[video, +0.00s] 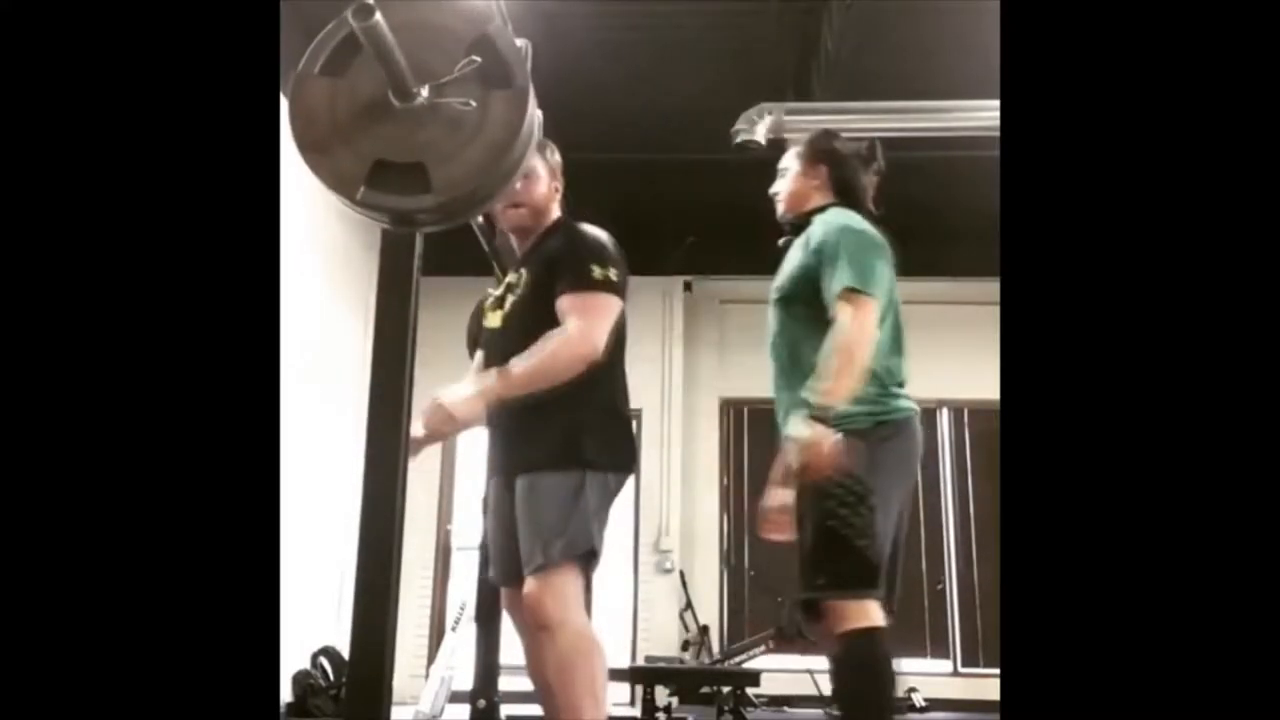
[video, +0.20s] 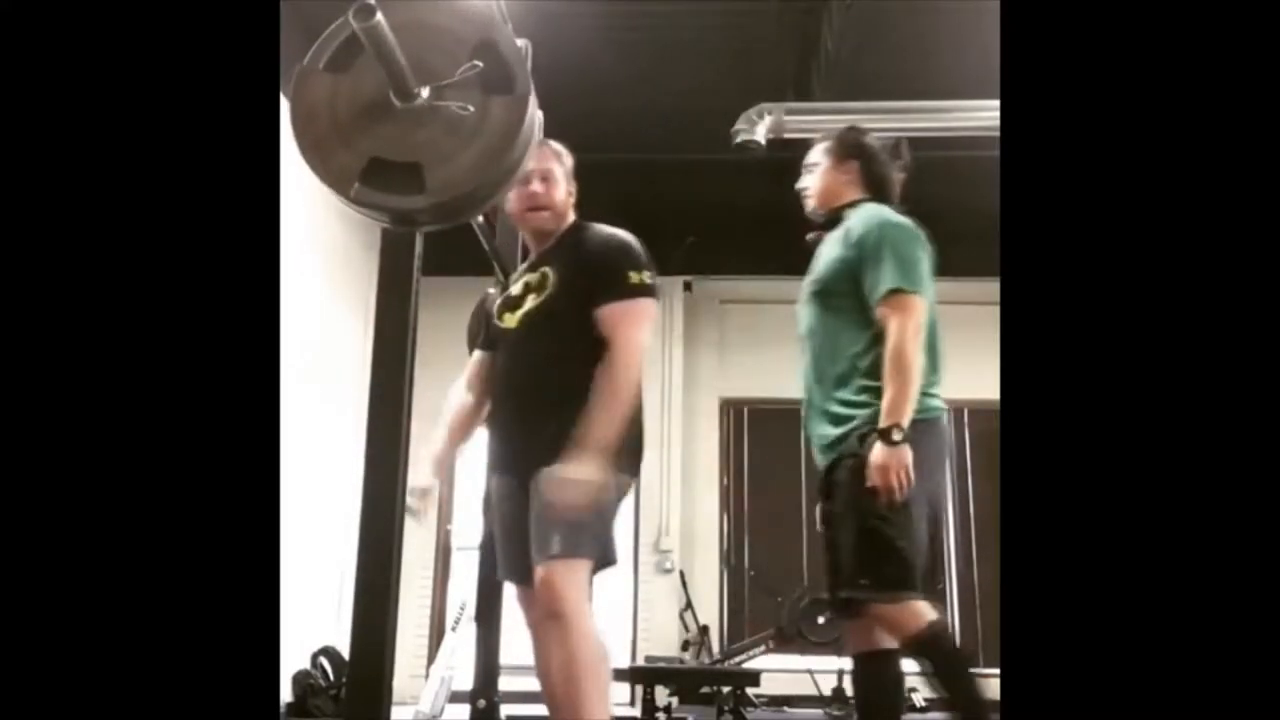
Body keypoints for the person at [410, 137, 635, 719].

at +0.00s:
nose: (514, 193)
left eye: (525, 178)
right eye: (502, 183)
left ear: (555, 180)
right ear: (487, 200)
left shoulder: (583, 243)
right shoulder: (502, 290)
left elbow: (585, 338)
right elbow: (485, 384)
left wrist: (486, 392)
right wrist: (422, 431)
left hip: (570, 454)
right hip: (515, 458)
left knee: (552, 599)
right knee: (522, 604)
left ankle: (588, 715)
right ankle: (565, 716)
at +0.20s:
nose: (535, 189)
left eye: (547, 177)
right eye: (522, 180)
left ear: (571, 190)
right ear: (504, 200)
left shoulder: (606, 250)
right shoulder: (501, 297)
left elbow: (628, 355)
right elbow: (474, 388)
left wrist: (589, 453)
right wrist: (438, 457)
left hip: (576, 454)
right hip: (513, 464)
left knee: (560, 591)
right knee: (535, 602)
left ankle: (592, 715)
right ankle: (565, 714)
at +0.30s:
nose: (551, 186)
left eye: (562, 174)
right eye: (536, 176)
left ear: (583, 187)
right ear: (515, 193)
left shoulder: (624, 250)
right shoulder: (507, 291)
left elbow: (662, 348)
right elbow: (478, 391)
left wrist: (665, 455)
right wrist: (452, 483)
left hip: (592, 449)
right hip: (516, 458)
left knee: (572, 581)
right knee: (543, 609)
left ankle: (615, 715)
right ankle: (573, 716)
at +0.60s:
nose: (643, 162)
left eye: (643, 151)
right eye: (629, 151)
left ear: (645, 156)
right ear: (581, 163)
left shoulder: (681, 234)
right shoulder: (530, 256)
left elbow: (735, 323)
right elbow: (507, 367)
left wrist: (764, 423)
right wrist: (513, 468)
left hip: (655, 451)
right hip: (563, 458)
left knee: (660, 596)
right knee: (570, 616)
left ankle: (671, 717)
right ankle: (574, 718)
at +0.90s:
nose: (745, 114)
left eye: (743, 100)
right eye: (733, 99)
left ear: (711, 107)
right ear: (685, 105)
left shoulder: (765, 208)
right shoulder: (606, 197)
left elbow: (813, 306)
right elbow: (559, 309)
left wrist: (813, 394)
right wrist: (564, 418)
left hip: (729, 429)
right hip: (620, 421)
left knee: (707, 601)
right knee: (578, 584)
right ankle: (572, 710)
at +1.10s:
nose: (801, 91)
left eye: (798, 76)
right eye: (789, 73)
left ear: (754, 82)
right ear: (746, 78)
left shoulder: (798, 197)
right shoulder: (656, 157)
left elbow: (837, 297)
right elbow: (602, 266)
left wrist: (876, 366)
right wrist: (645, 350)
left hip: (757, 407)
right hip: (672, 382)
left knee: (718, 597)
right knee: (673, 528)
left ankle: (691, 718)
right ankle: (648, 697)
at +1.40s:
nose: (867, 52)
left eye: (865, 34)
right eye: (860, 30)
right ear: (829, 32)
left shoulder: (853, 164)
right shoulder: (724, 96)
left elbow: (849, 297)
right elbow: (656, 213)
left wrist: (886, 407)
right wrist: (672, 330)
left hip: (822, 407)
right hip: (737, 384)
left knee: (768, 605)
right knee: (760, 597)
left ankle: (706, 714)